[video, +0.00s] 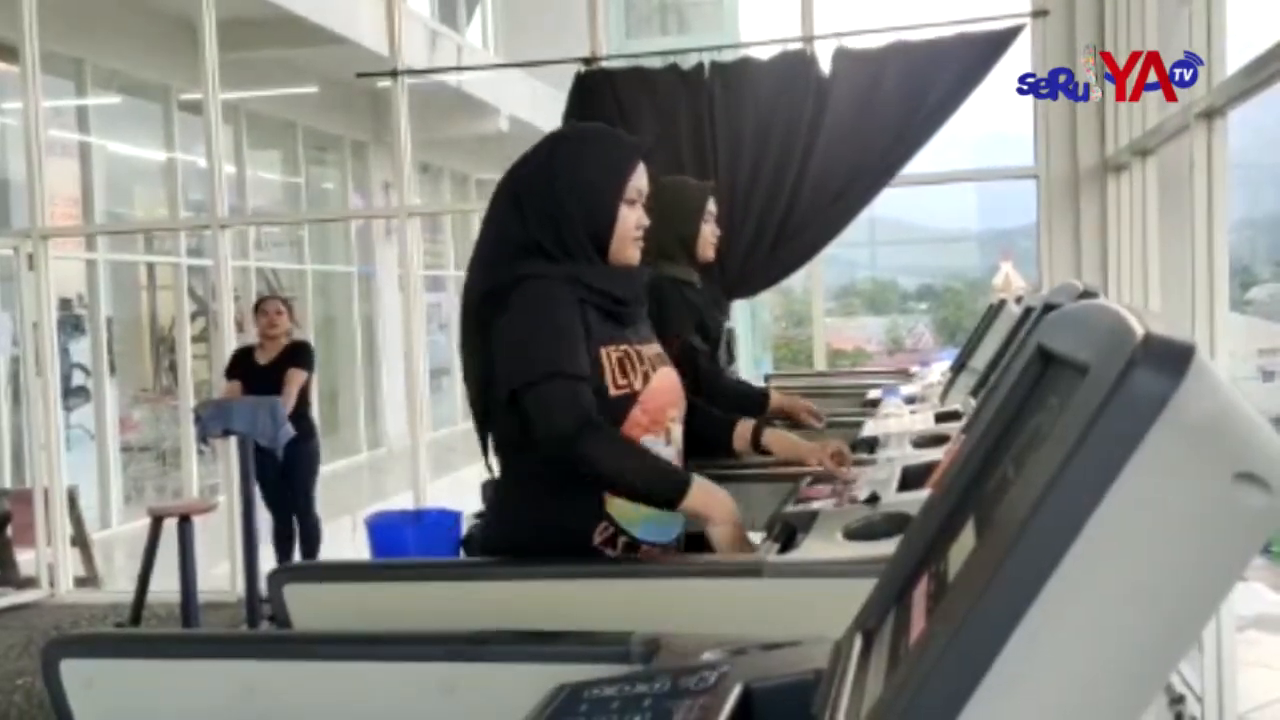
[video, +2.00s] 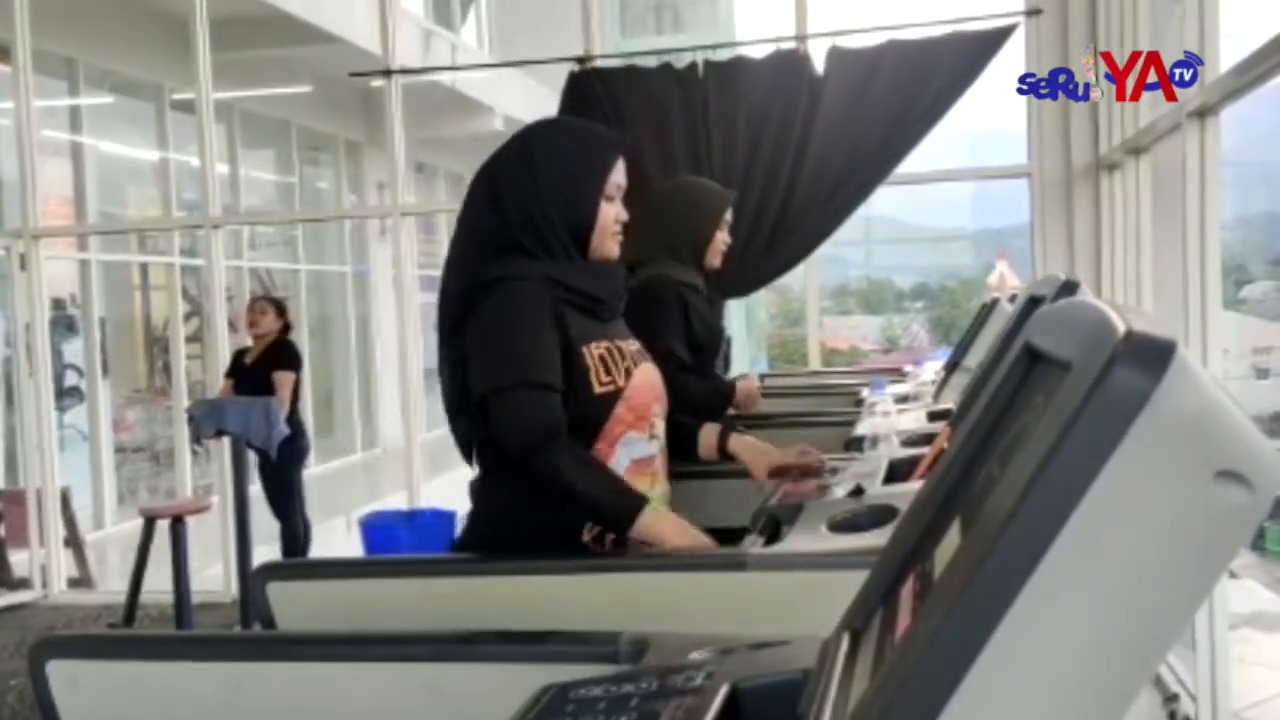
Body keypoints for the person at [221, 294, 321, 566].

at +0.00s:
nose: (272, 319)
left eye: (278, 313)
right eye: (264, 314)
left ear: (289, 319)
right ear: (256, 321)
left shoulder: (300, 350)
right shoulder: (242, 356)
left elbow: (291, 390)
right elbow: (231, 396)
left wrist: (276, 422)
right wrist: (221, 422)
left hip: (298, 435)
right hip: (260, 437)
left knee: (302, 504)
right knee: (280, 510)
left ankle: (309, 568)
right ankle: (284, 570)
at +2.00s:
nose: (254, 318)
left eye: (263, 313)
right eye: (251, 313)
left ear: (279, 320)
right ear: (246, 319)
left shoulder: (284, 350)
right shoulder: (242, 357)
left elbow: (283, 399)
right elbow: (226, 395)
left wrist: (267, 430)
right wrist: (210, 420)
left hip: (287, 434)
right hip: (260, 437)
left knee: (289, 504)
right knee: (280, 506)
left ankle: (294, 566)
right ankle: (294, 564)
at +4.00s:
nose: (251, 329)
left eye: (257, 322)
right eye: (245, 324)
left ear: (272, 324)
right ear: (238, 329)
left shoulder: (290, 357)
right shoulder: (230, 354)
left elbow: (282, 396)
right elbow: (220, 396)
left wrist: (263, 428)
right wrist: (217, 428)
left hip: (285, 439)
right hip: (246, 440)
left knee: (285, 513)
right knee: (254, 514)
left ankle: (288, 572)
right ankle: (257, 574)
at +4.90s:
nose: (253, 322)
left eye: (261, 316)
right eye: (249, 316)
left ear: (276, 322)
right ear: (243, 322)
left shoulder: (282, 352)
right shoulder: (237, 356)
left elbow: (280, 392)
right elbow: (223, 393)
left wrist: (271, 426)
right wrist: (207, 417)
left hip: (281, 429)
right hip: (253, 432)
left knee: (282, 493)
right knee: (268, 497)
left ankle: (293, 548)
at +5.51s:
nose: (251, 320)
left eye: (259, 314)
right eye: (246, 315)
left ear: (273, 320)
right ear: (239, 321)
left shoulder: (287, 352)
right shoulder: (229, 356)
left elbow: (281, 393)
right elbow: (218, 399)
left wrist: (266, 426)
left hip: (286, 436)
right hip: (247, 438)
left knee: (288, 509)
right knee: (257, 511)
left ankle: (295, 566)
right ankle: (260, 568)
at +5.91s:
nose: (260, 319)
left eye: (266, 313)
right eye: (252, 314)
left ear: (276, 318)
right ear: (242, 322)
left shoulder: (291, 352)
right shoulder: (231, 351)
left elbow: (283, 392)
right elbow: (217, 393)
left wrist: (262, 420)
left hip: (284, 436)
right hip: (245, 436)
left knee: (277, 510)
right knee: (254, 508)